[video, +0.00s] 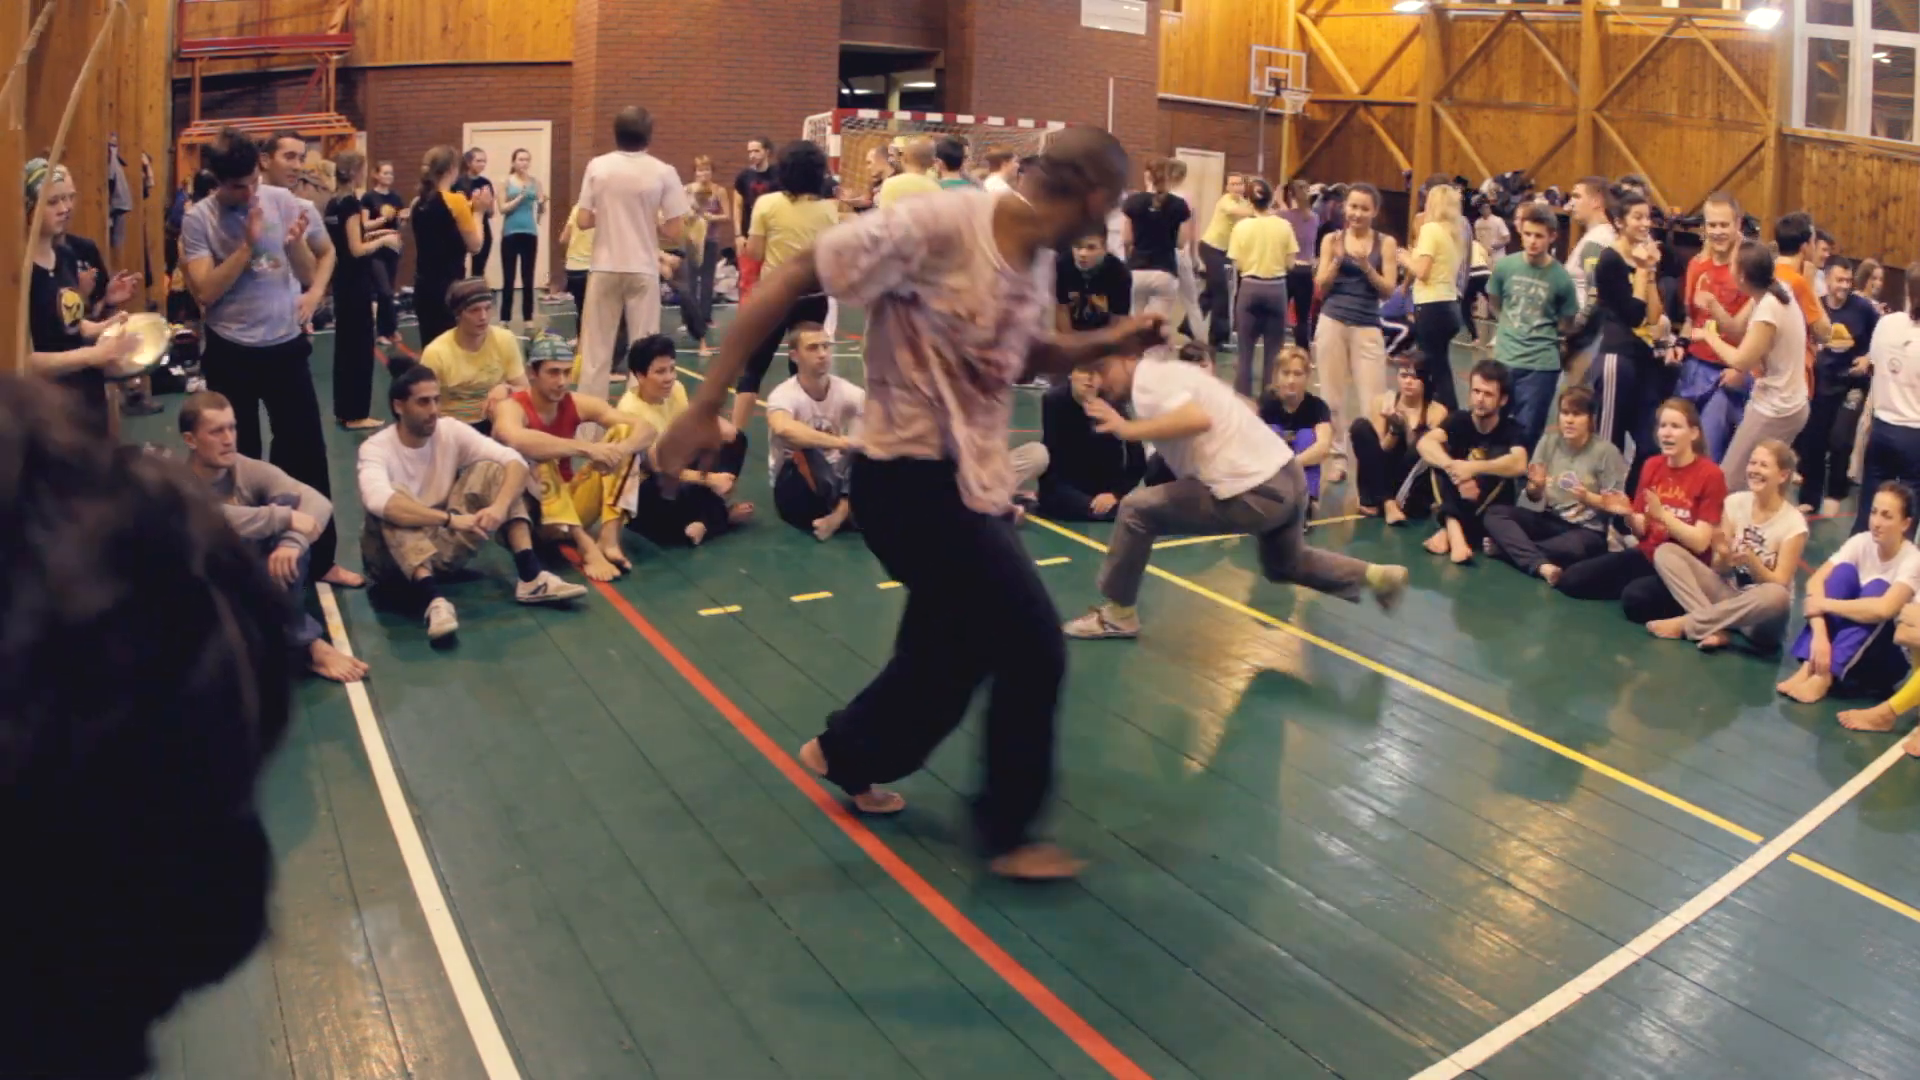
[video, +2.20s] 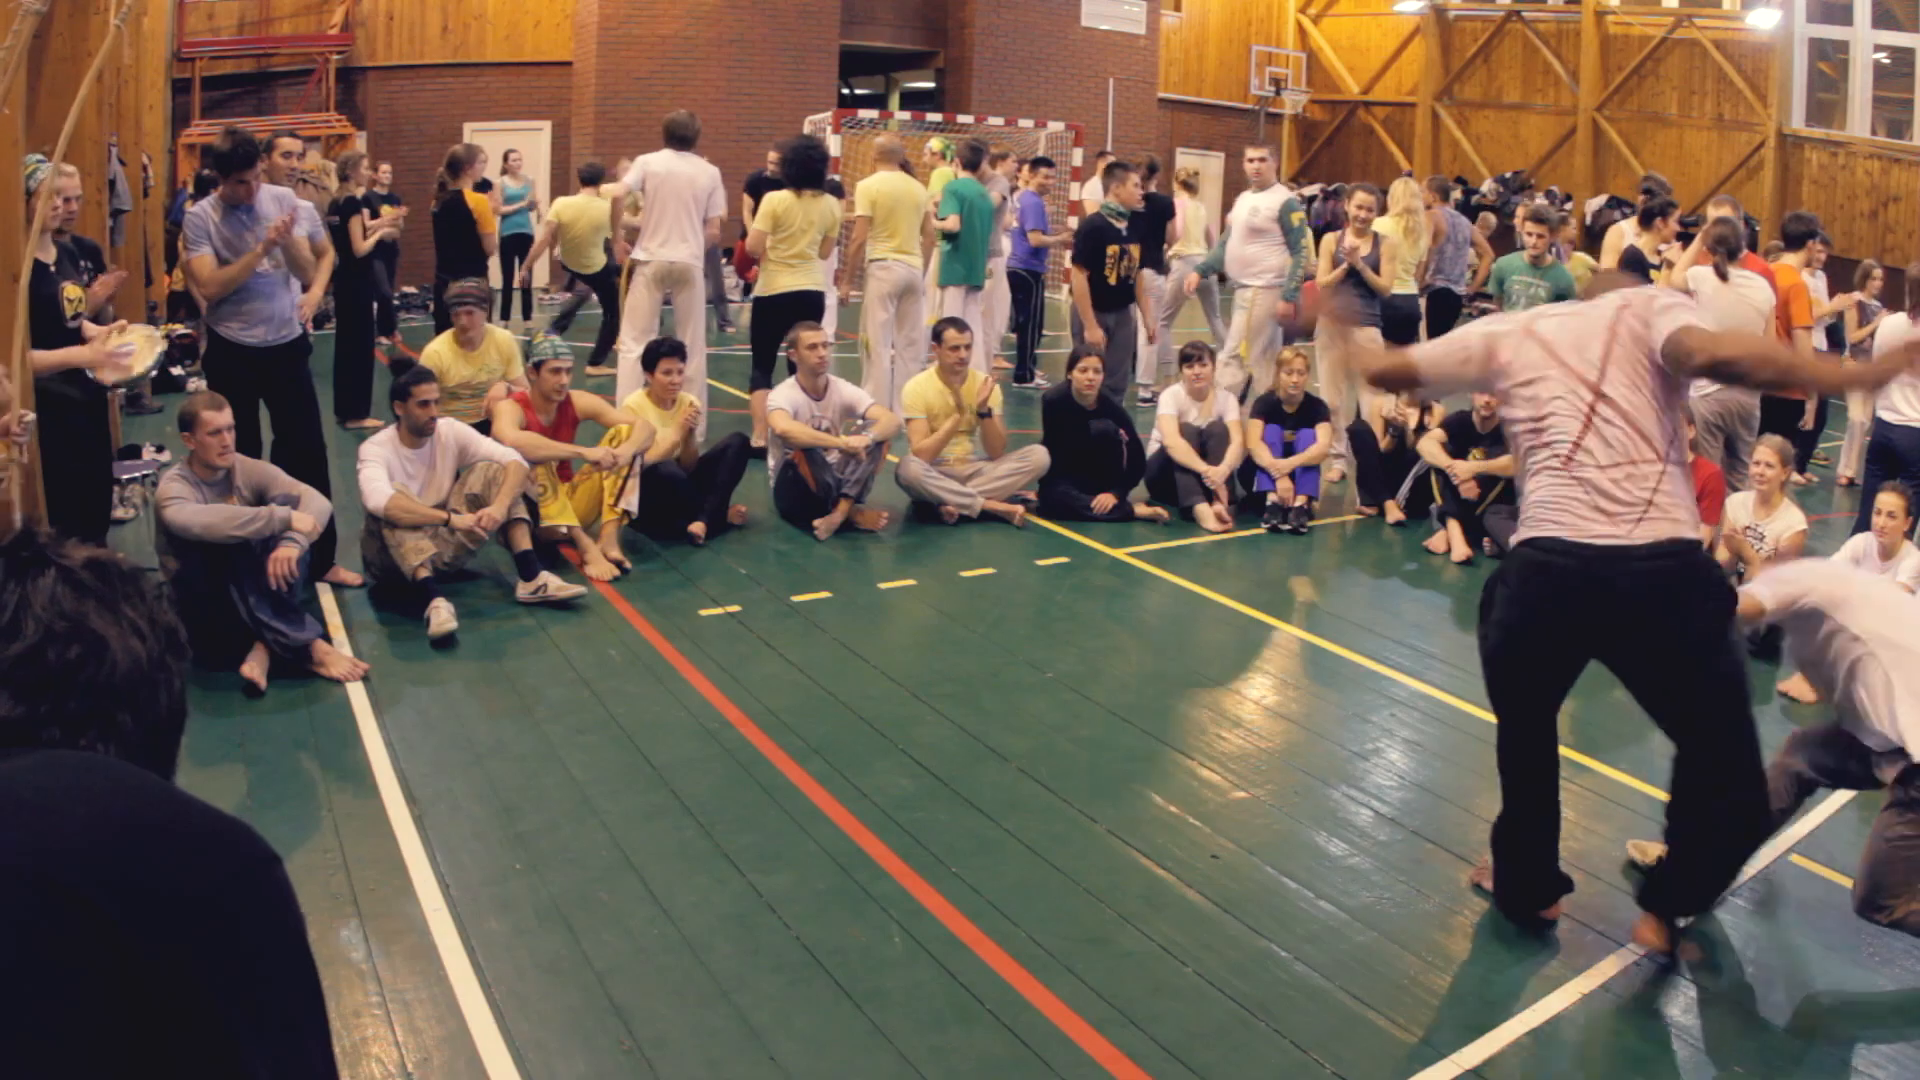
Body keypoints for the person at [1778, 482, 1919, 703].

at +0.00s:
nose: (1876, 522)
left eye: (1886, 516)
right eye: (1874, 512)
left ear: (1906, 524)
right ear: (1869, 513)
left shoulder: (1913, 559)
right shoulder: (1860, 542)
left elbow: (1885, 610)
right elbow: (1815, 581)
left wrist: (1823, 604)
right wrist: (1820, 638)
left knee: (1877, 587)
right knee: (1843, 572)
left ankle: (1824, 676)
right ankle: (1807, 666)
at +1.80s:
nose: (1879, 523)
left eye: (1889, 516)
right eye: (1876, 513)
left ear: (1906, 524)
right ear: (1871, 515)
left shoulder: (1913, 558)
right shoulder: (1860, 541)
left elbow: (1888, 606)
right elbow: (1817, 579)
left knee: (1877, 586)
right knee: (1845, 572)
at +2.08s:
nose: (1880, 524)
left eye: (1891, 516)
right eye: (1877, 513)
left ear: (1907, 523)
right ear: (1871, 515)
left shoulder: (1912, 558)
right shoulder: (1860, 541)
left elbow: (1888, 606)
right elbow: (1814, 581)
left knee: (1876, 586)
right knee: (1844, 572)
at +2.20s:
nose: (1881, 523)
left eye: (1891, 516)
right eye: (1877, 513)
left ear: (1907, 524)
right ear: (1871, 515)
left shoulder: (1913, 560)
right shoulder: (1860, 543)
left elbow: (1890, 605)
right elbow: (1826, 575)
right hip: (1853, 620)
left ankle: (1817, 678)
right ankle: (1809, 673)